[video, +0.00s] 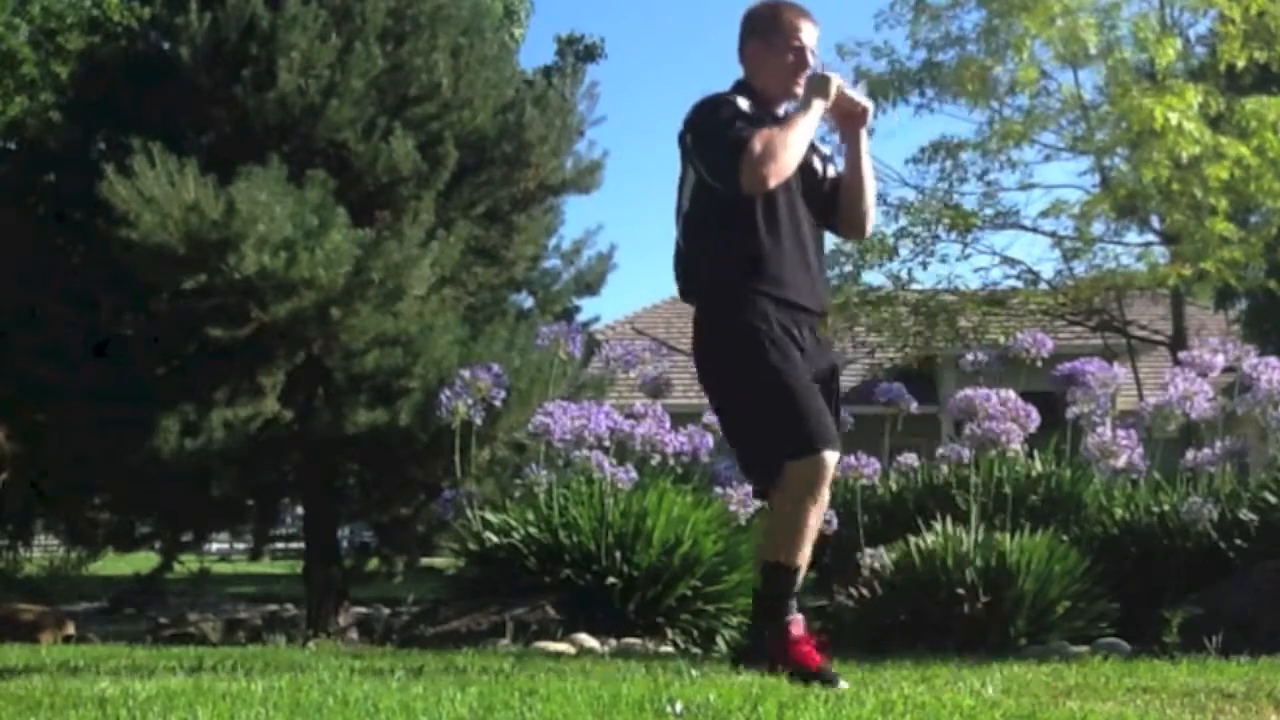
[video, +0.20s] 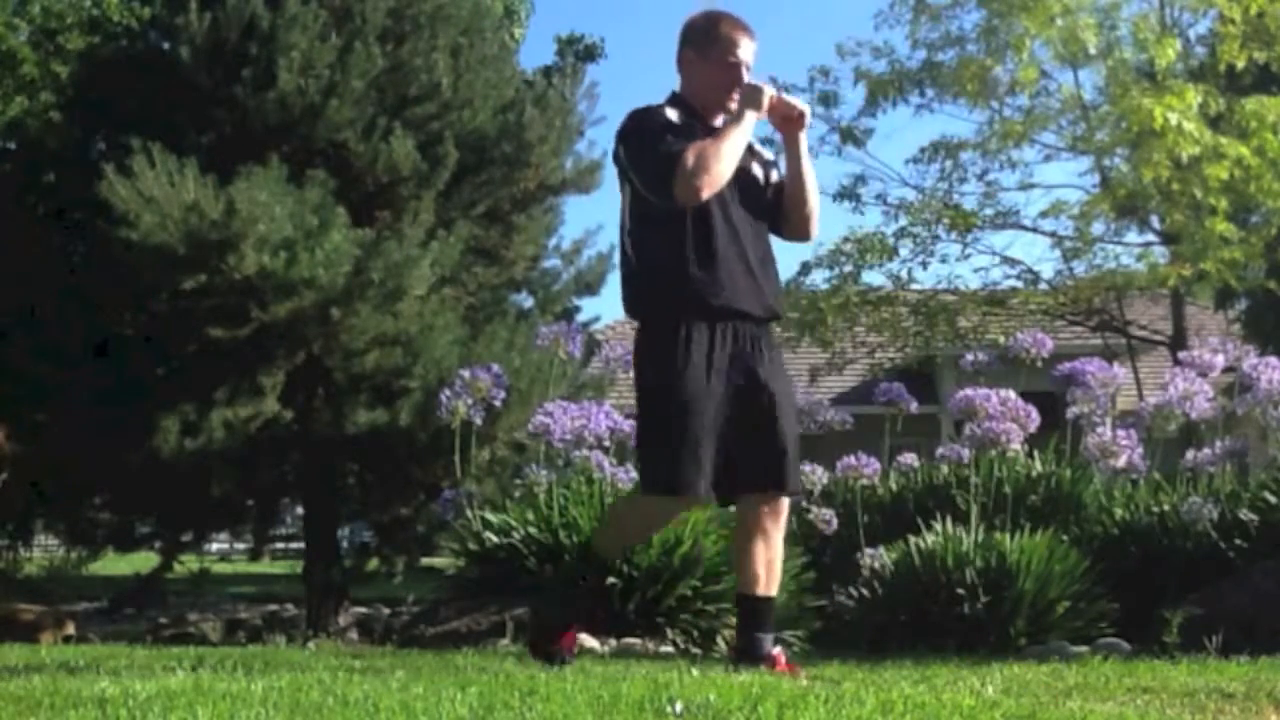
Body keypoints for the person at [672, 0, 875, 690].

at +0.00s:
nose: (806, 60)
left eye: (810, 50)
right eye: (791, 48)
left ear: (813, 61)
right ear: (750, 51)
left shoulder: (801, 135)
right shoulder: (715, 115)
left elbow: (854, 222)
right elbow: (760, 170)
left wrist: (856, 137)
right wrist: (814, 107)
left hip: (801, 326)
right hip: (743, 320)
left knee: (799, 482)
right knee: (814, 456)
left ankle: (770, 636)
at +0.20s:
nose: (742, 79)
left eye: (748, 68)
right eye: (731, 65)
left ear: (746, 74)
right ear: (687, 61)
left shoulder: (742, 150)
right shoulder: (647, 127)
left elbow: (799, 225)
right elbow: (692, 185)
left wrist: (795, 140)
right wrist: (744, 117)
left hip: (754, 335)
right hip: (681, 332)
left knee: (770, 494)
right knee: (673, 491)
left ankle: (756, 645)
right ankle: (565, 602)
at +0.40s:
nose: (665, 99)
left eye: (672, 89)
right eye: (652, 84)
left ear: (678, 96)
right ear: (611, 81)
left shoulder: (673, 167)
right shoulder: (573, 151)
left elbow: (727, 247)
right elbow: (615, 225)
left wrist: (727, 171)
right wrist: (674, 154)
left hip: (671, 356)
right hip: (585, 358)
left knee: (733, 493)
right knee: (551, 509)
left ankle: (750, 645)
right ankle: (500, 634)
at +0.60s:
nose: (630, 77)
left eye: (637, 68)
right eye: (617, 64)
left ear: (644, 76)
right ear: (576, 62)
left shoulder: (650, 151)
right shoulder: (529, 136)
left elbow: (696, 231)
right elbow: (549, 209)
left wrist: (687, 153)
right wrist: (611, 140)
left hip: (637, 346)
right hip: (547, 347)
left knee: (691, 469)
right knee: (523, 501)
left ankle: (667, 625)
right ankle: (495, 636)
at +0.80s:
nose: (624, 77)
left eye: (632, 69)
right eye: (613, 64)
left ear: (638, 78)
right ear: (574, 61)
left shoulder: (654, 151)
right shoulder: (525, 135)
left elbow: (707, 231)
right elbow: (508, 204)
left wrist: (694, 155)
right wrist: (583, 138)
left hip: (625, 341)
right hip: (536, 337)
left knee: (623, 493)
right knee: (515, 490)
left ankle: (608, 633)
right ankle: (516, 630)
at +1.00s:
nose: (611, 77)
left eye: (620, 69)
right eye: (598, 64)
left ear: (627, 79)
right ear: (562, 68)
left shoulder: (641, 155)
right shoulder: (514, 136)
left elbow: (685, 235)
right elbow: (495, 213)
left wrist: (670, 151)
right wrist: (571, 146)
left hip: (605, 348)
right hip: (515, 342)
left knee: (614, 502)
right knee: (471, 483)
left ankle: (605, 641)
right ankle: (487, 619)